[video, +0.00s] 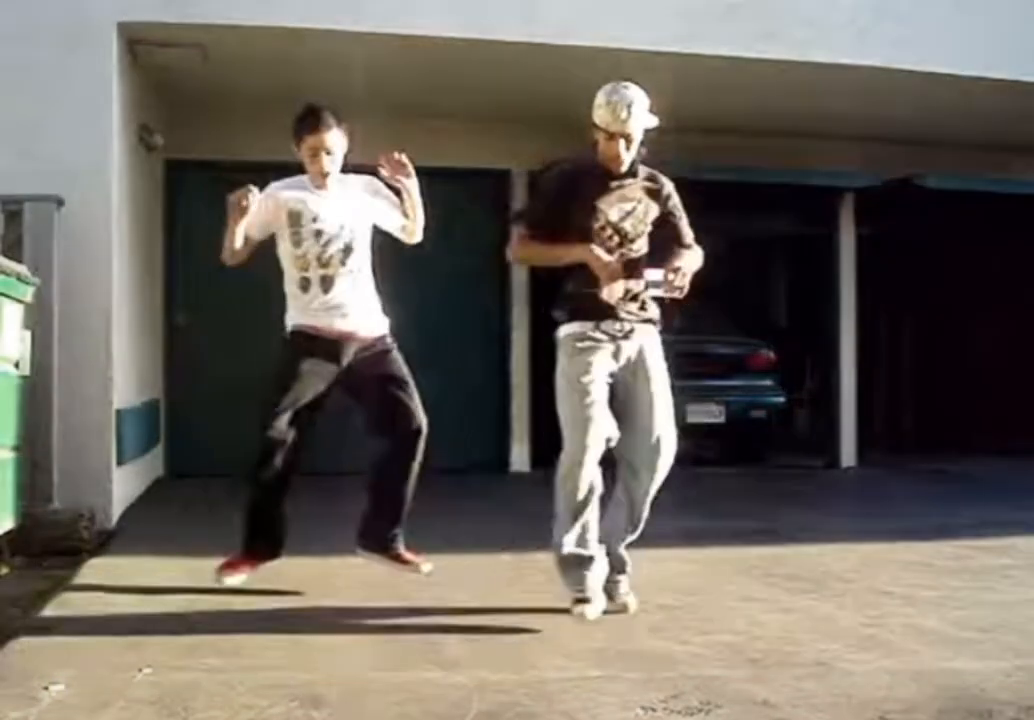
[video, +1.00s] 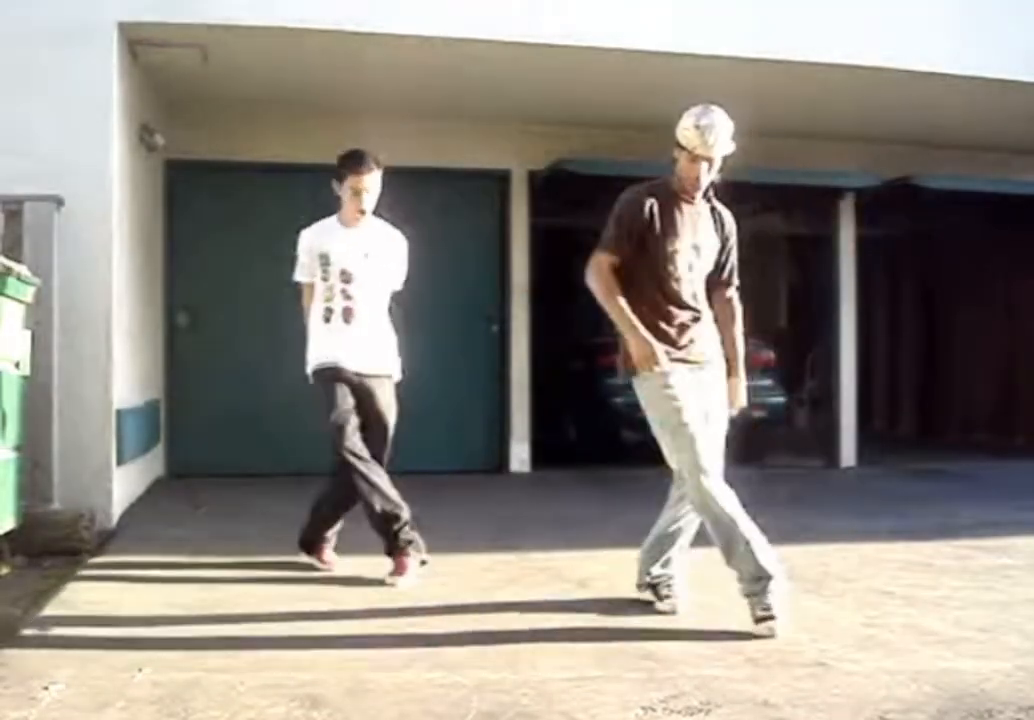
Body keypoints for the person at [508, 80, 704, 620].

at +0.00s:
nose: (621, 150)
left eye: (630, 139)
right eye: (611, 138)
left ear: (644, 135)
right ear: (595, 132)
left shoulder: (656, 187)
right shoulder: (562, 181)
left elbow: (689, 247)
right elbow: (519, 248)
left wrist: (684, 266)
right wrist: (584, 254)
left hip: (642, 333)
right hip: (584, 334)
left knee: (655, 445)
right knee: (586, 445)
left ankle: (614, 554)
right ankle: (581, 574)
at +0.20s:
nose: (674, 157)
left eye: (684, 147)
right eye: (666, 146)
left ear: (697, 144)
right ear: (651, 139)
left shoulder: (707, 193)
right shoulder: (621, 192)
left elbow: (754, 245)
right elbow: (599, 254)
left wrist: (721, 234)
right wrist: (670, 265)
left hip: (691, 352)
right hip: (636, 354)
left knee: (695, 474)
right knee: (667, 474)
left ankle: (613, 551)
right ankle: (700, 589)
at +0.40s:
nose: (712, 152)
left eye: (722, 142)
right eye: (704, 140)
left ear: (736, 137)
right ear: (690, 132)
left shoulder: (749, 179)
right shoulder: (657, 175)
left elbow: (795, 224)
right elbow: (594, 214)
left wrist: (826, 215)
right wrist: (643, 228)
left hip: (735, 344)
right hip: (673, 344)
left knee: (774, 444)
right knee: (650, 461)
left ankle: (752, 548)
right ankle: (646, 588)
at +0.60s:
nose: (744, 176)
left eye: (754, 164)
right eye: (734, 164)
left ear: (768, 160)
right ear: (719, 158)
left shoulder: (779, 205)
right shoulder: (690, 203)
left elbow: (826, 239)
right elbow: (619, 242)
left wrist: (837, 221)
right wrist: (679, 227)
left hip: (767, 365)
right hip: (708, 362)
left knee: (808, 473)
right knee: (694, 465)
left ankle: (828, 583)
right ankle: (619, 591)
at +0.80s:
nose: (727, 154)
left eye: (736, 144)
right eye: (720, 142)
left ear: (746, 140)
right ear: (702, 131)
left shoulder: (743, 185)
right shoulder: (666, 178)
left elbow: (749, 256)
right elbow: (653, 253)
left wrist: (761, 315)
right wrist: (717, 291)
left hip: (732, 330)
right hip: (680, 333)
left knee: (750, 449)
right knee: (718, 447)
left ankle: (701, 559)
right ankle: (754, 582)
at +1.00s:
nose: (697, 171)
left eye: (708, 162)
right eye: (690, 158)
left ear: (722, 162)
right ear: (676, 151)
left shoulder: (721, 220)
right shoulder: (641, 204)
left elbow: (726, 297)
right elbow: (598, 271)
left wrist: (737, 373)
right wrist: (633, 335)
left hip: (708, 358)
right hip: (659, 359)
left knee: (701, 471)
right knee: (701, 473)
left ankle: (658, 570)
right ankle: (763, 582)